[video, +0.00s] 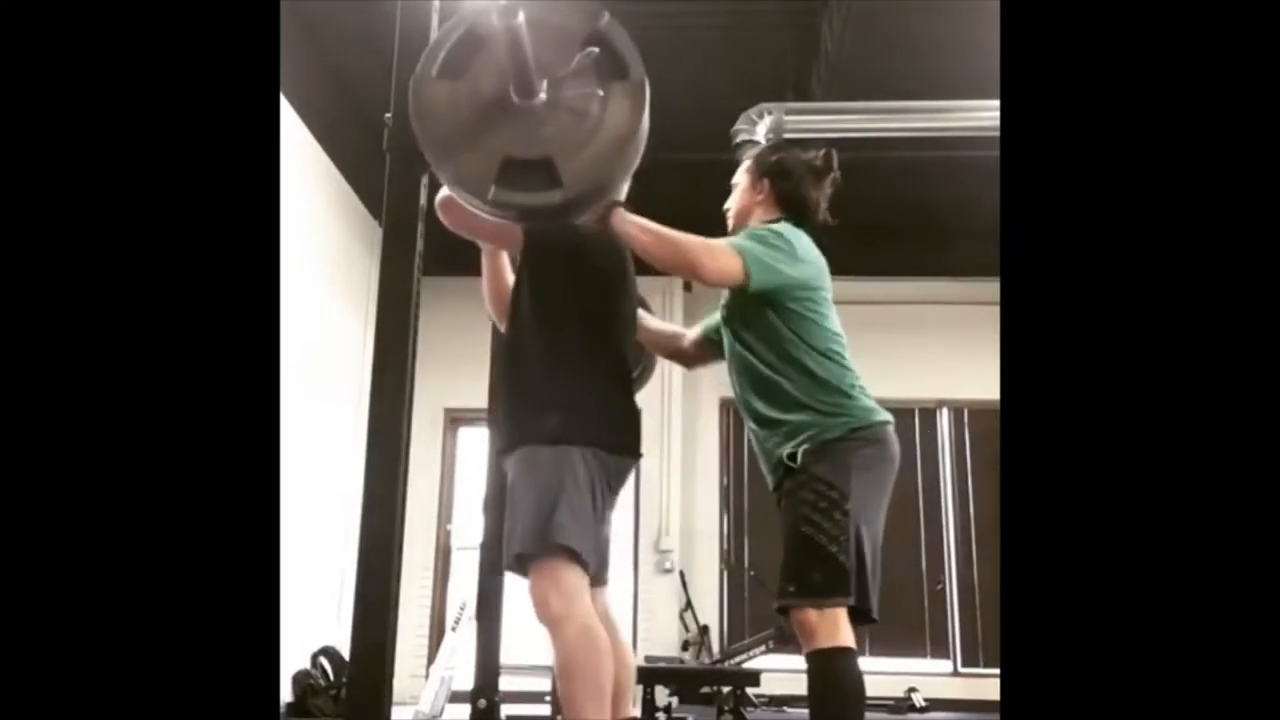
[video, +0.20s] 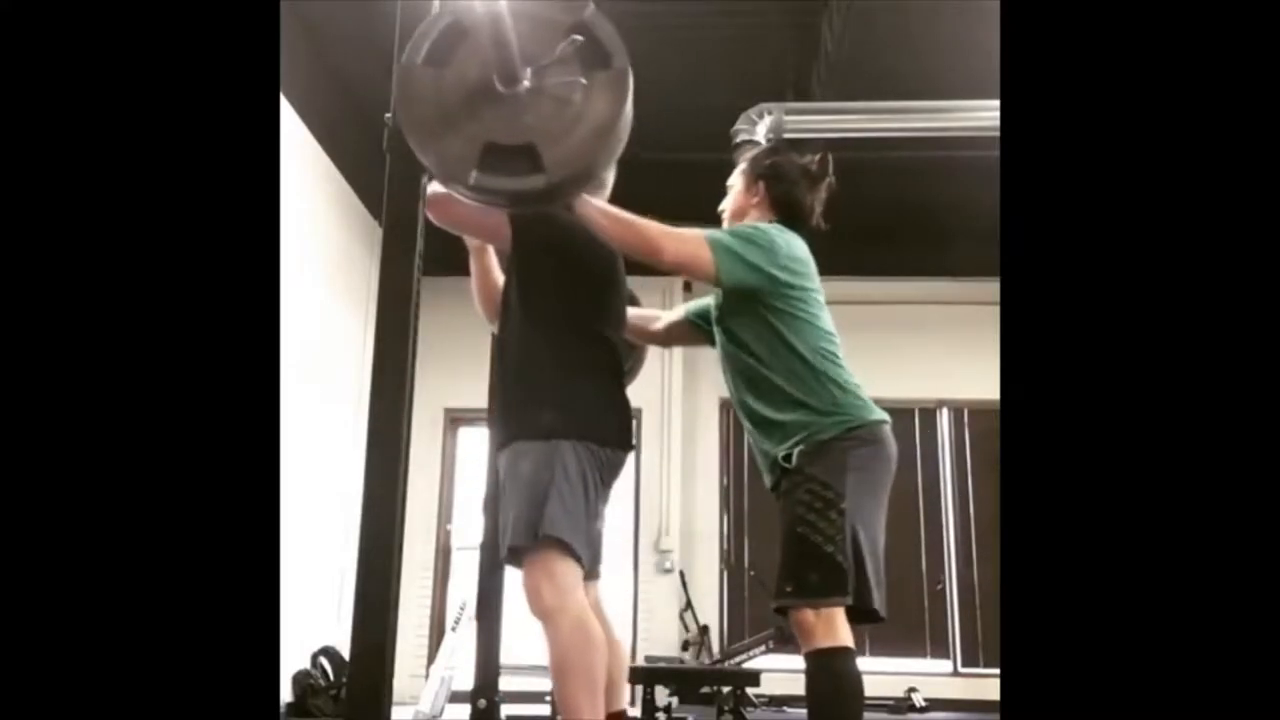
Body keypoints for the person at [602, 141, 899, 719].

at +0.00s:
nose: (727, 196)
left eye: (736, 183)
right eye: (732, 184)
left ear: (762, 188)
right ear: (772, 193)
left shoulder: (786, 243)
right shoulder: (754, 291)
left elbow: (707, 263)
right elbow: (689, 348)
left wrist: (613, 215)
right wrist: (613, 307)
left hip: (841, 443)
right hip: (820, 454)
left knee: (817, 614)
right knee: (819, 618)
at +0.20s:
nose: (725, 194)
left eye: (733, 183)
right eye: (729, 182)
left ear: (756, 192)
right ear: (774, 198)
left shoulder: (775, 245)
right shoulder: (742, 298)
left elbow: (665, 247)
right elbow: (661, 326)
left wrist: (570, 196)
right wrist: (577, 303)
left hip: (841, 444)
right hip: (816, 455)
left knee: (816, 614)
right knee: (813, 617)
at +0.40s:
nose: (710, 193)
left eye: (724, 182)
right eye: (715, 182)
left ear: (756, 194)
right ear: (757, 196)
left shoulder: (750, 240)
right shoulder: (721, 293)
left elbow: (639, 225)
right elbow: (642, 321)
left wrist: (541, 187)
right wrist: (558, 295)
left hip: (824, 442)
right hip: (800, 452)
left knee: (817, 617)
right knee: (815, 620)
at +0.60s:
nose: (679, 195)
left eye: (695, 184)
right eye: (682, 185)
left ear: (733, 198)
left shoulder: (721, 241)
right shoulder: (693, 293)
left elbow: (602, 224)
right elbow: (614, 323)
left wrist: (498, 182)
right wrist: (533, 290)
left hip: (794, 443)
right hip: (772, 454)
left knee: (805, 618)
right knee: (803, 621)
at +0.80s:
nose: (633, 202)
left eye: (649, 192)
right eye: (638, 193)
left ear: (685, 208)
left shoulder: (678, 254)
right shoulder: (658, 303)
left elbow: (569, 240)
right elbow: (590, 344)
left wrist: (472, 198)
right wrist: (514, 310)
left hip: (750, 455)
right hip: (751, 459)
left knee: (770, 621)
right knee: (802, 624)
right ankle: (835, 719)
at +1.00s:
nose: (640, 204)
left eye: (650, 193)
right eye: (644, 194)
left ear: (683, 200)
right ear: (685, 207)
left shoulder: (685, 252)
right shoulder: (660, 299)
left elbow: (583, 247)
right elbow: (594, 348)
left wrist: (480, 203)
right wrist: (520, 311)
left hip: (739, 456)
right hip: (750, 457)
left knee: (759, 621)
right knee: (789, 621)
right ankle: (835, 716)